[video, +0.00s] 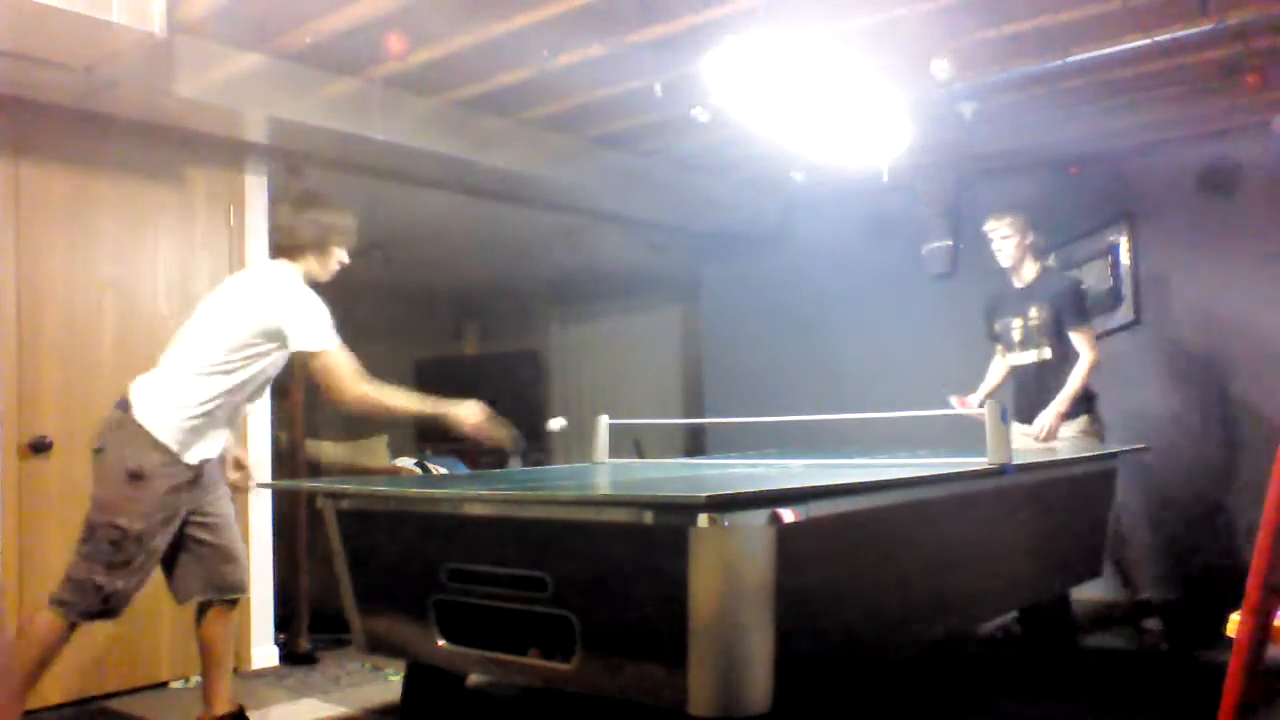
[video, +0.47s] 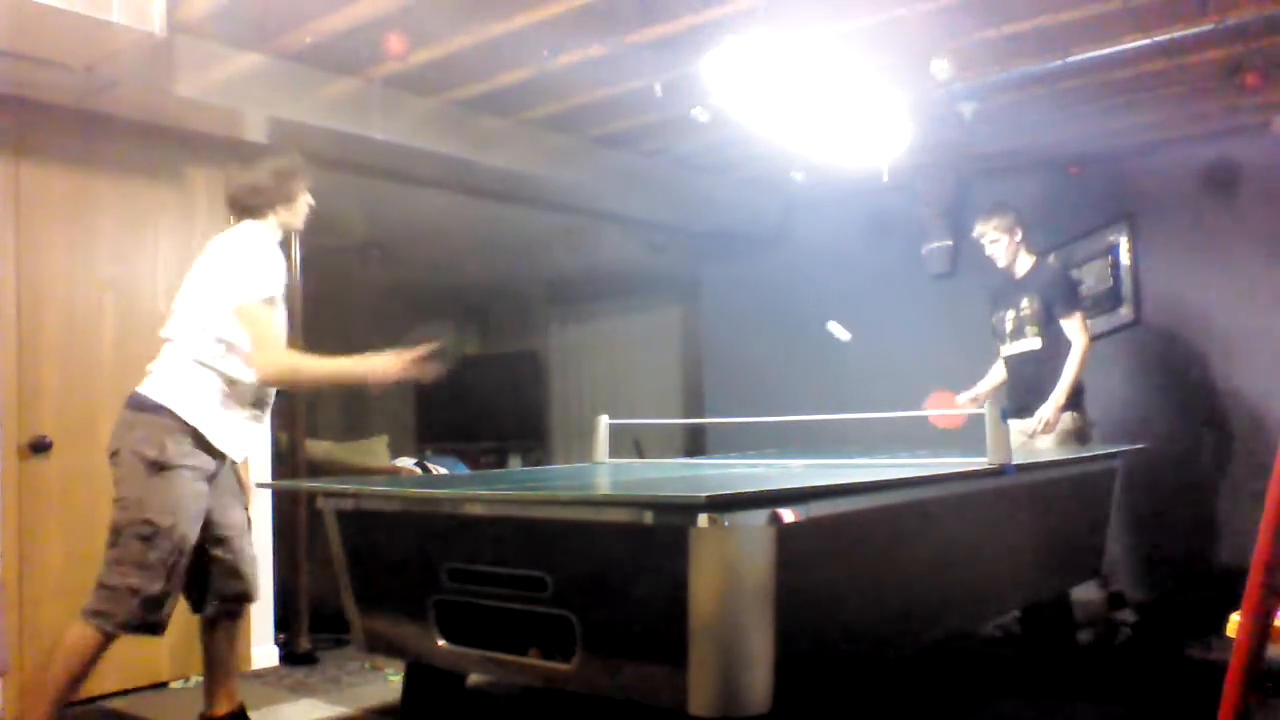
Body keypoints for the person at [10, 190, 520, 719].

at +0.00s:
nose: (345, 263)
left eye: (347, 252)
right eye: (341, 250)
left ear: (295, 242)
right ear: (314, 244)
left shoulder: (256, 284)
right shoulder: (292, 295)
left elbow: (206, 372)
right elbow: (352, 391)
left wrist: (231, 449)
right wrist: (448, 409)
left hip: (195, 454)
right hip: (149, 442)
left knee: (221, 582)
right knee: (86, 587)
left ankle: (219, 708)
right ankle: (8, 699)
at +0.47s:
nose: (311, 200)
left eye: (308, 190)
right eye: (303, 190)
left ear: (257, 197)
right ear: (278, 198)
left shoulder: (243, 250)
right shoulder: (253, 247)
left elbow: (195, 344)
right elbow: (271, 361)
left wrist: (229, 453)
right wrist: (374, 368)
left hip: (208, 443)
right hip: (168, 429)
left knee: (230, 585)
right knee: (128, 588)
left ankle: (224, 710)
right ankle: (35, 710)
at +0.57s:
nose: (293, 193)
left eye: (290, 181)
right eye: (285, 181)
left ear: (236, 186)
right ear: (260, 187)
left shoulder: (242, 249)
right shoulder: (224, 242)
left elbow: (210, 368)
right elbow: (180, 358)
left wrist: (231, 456)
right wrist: (286, 405)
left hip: (202, 451)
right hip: (159, 437)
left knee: (222, 592)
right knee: (126, 606)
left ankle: (222, 708)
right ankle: (65, 715)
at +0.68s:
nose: (267, 187)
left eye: (265, 172)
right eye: (258, 173)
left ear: (213, 181)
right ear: (231, 182)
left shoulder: (228, 256)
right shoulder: (177, 240)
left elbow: (200, 365)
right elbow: (92, 344)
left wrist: (227, 434)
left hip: (196, 459)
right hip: (141, 454)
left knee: (216, 604)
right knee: (125, 629)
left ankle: (218, 709)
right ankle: (66, 717)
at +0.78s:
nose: (242, 172)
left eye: (240, 156)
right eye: (235, 157)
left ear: (187, 160)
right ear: (206, 161)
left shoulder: (198, 242)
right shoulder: (128, 225)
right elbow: (31, 324)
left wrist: (193, 426)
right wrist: (111, 410)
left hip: (181, 448)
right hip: (121, 446)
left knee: (209, 595)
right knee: (117, 627)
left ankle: (207, 708)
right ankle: (65, 712)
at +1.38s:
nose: (215, 130)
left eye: (216, 115)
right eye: (208, 112)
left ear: (155, 114)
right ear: (168, 111)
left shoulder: (151, 198)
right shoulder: (108, 185)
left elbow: (120, 326)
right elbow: (92, 321)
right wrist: (204, 386)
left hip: (148, 464)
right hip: (79, 467)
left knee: (174, 654)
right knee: (83, 675)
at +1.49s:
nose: (207, 132)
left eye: (207, 117)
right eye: (202, 118)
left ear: (131, 106)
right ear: (174, 107)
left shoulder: (93, 175)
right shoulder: (159, 165)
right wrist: (260, 339)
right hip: (98, 443)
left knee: (177, 646)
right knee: (116, 668)